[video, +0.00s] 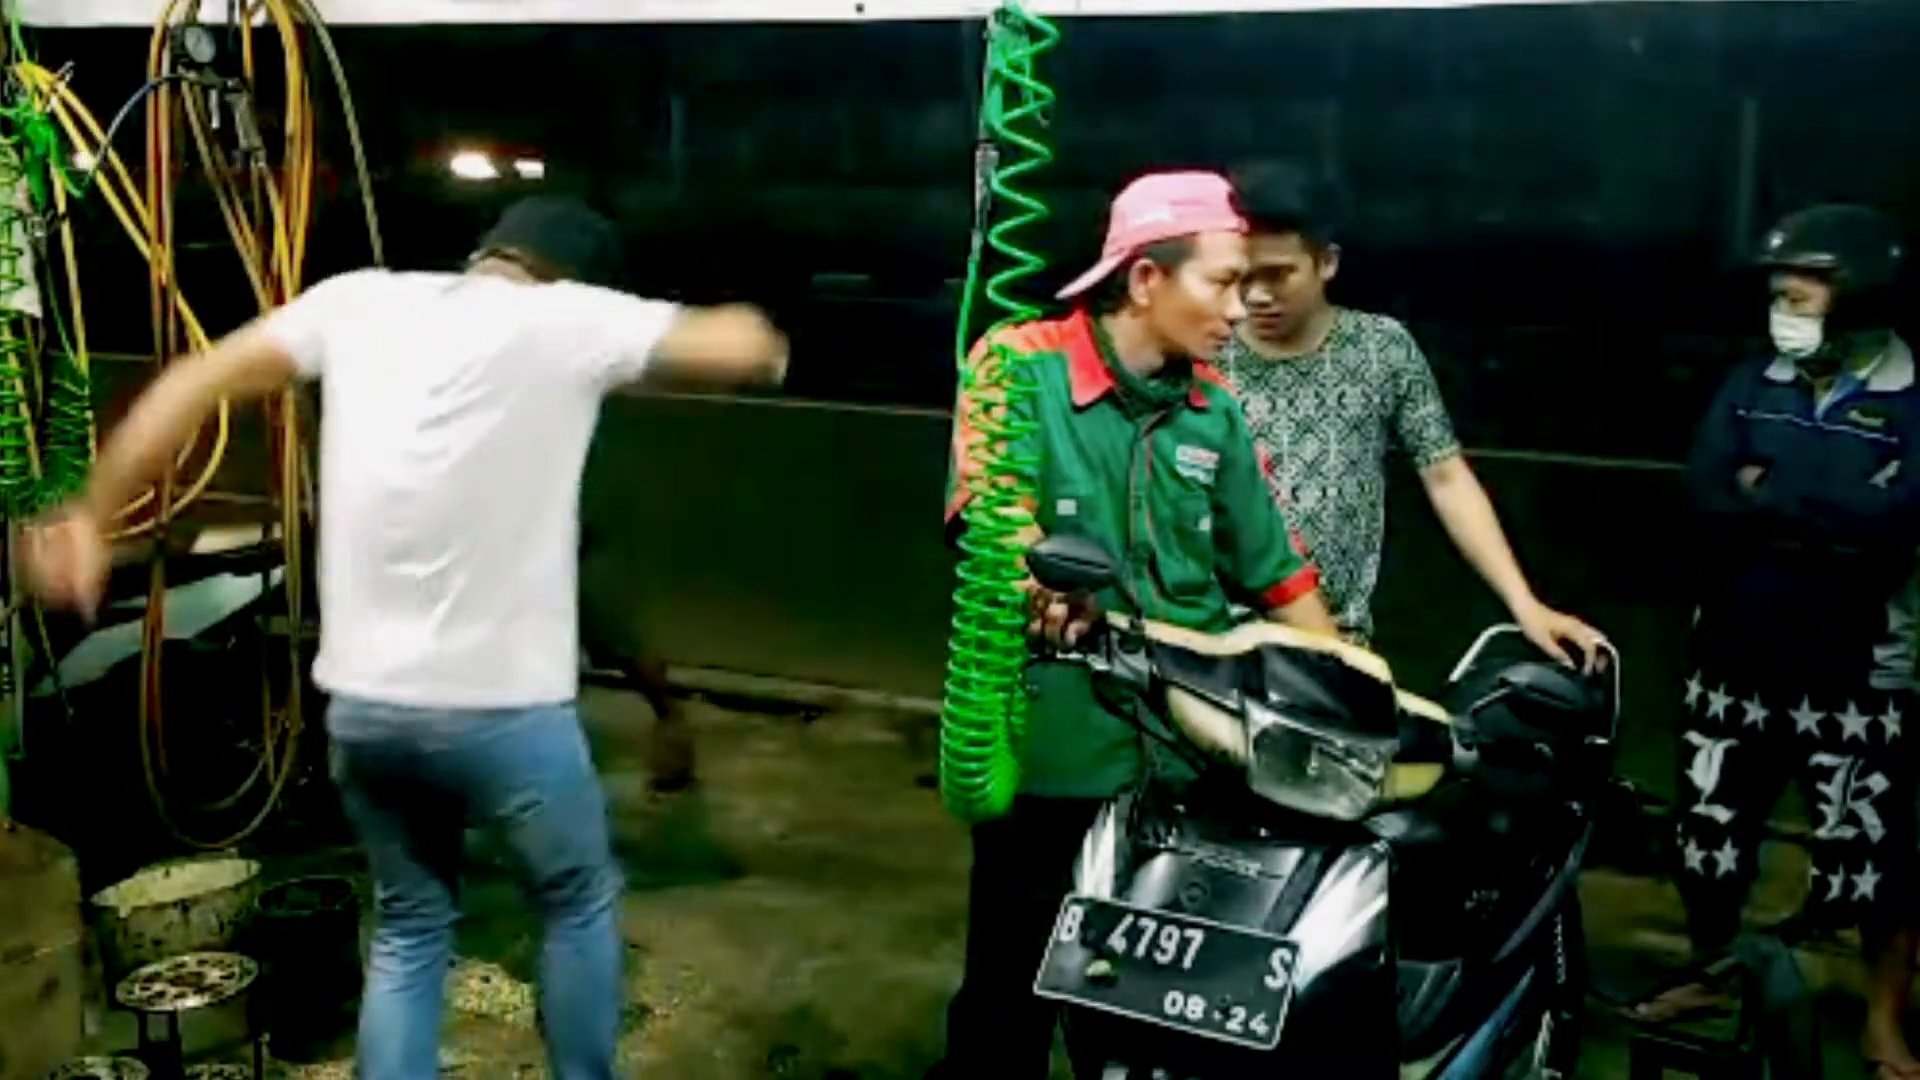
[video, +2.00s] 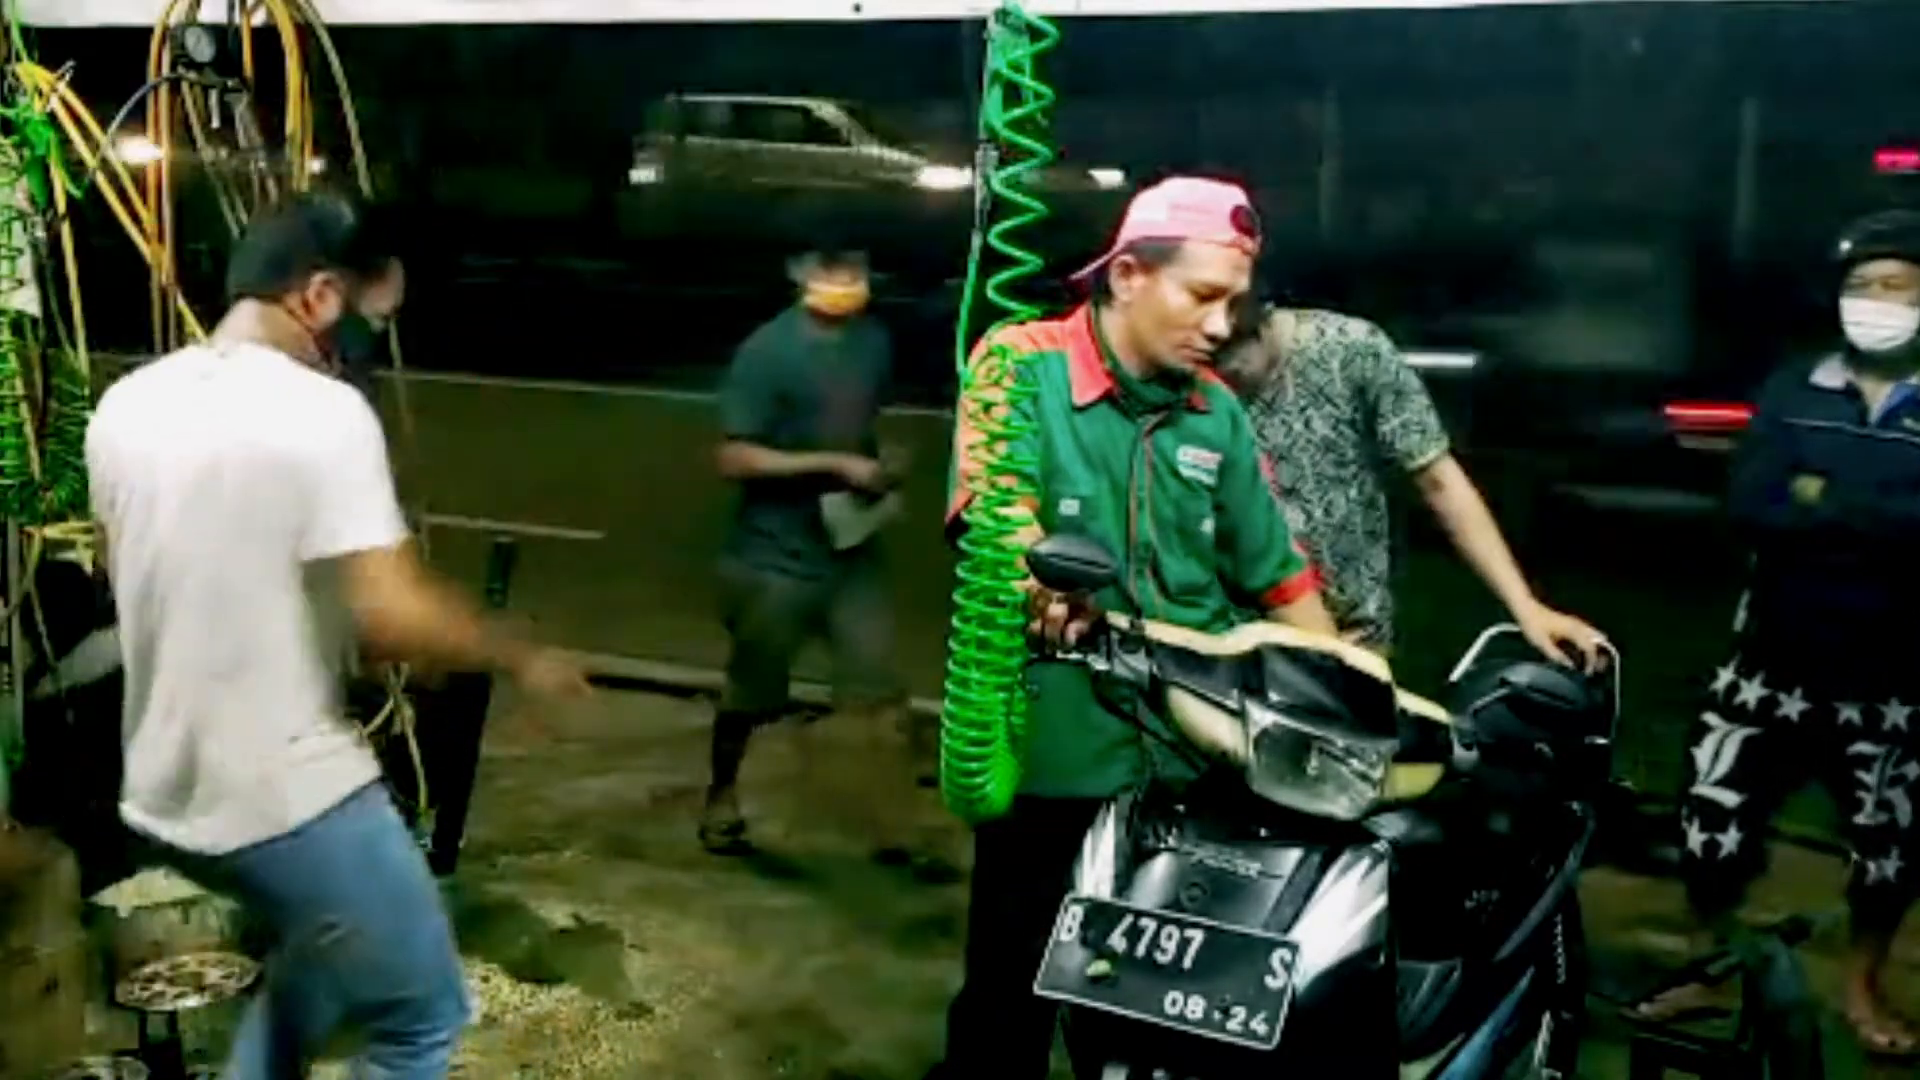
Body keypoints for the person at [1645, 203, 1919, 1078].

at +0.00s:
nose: (1787, 297)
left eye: (1808, 282)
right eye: (1780, 281)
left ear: (1856, 293)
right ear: (1771, 288)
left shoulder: (1903, 393)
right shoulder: (1748, 385)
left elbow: (1896, 515)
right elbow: (1705, 493)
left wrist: (1764, 478)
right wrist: (1839, 497)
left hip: (1858, 661)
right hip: (1739, 651)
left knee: (1866, 853)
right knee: (1708, 832)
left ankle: (1882, 1017)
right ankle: (1708, 975)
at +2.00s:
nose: (1874, 306)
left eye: (1895, 291)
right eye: (1862, 289)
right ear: (1838, 299)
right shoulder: (1796, 392)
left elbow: (1911, 517)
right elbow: (1748, 497)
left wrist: (1810, 488)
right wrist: (1869, 508)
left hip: (1889, 664)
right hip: (1777, 655)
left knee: (1890, 852)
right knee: (1709, 824)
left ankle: (1861, 983)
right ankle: (1708, 965)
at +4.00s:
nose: (1897, 301)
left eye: (1913, 288)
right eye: (1885, 284)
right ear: (1858, 293)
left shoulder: (1918, 412)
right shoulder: (1807, 385)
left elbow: (1910, 517)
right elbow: (1761, 484)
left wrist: (1820, 475)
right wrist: (1871, 520)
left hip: (1889, 660)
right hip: (1782, 644)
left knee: (1884, 841)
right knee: (1737, 813)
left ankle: (1862, 981)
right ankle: (1716, 944)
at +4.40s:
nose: (1879, 304)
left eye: (1899, 291)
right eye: (1868, 286)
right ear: (1845, 293)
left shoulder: (1917, 411)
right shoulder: (1799, 384)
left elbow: (1909, 512)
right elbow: (1748, 483)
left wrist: (1814, 476)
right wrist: (1860, 507)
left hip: (1890, 649)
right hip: (1782, 632)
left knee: (1883, 832)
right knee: (1737, 799)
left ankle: (1863, 980)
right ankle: (1719, 932)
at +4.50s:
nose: (1876, 306)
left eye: (1896, 292)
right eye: (1864, 288)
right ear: (1838, 296)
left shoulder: (1918, 406)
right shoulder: (1787, 388)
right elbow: (1725, 496)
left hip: (1892, 656)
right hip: (1784, 643)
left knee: (1886, 837)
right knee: (1757, 808)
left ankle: (1862, 984)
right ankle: (1724, 942)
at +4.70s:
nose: (1868, 305)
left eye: (1888, 291)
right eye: (1856, 287)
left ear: (1918, 304)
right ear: (1835, 294)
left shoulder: (1908, 410)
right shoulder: (1805, 398)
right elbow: (1794, 524)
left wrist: (1882, 649)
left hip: (1901, 652)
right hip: (1815, 645)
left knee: (1885, 843)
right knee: (1820, 831)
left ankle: (1860, 995)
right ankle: (1823, 994)